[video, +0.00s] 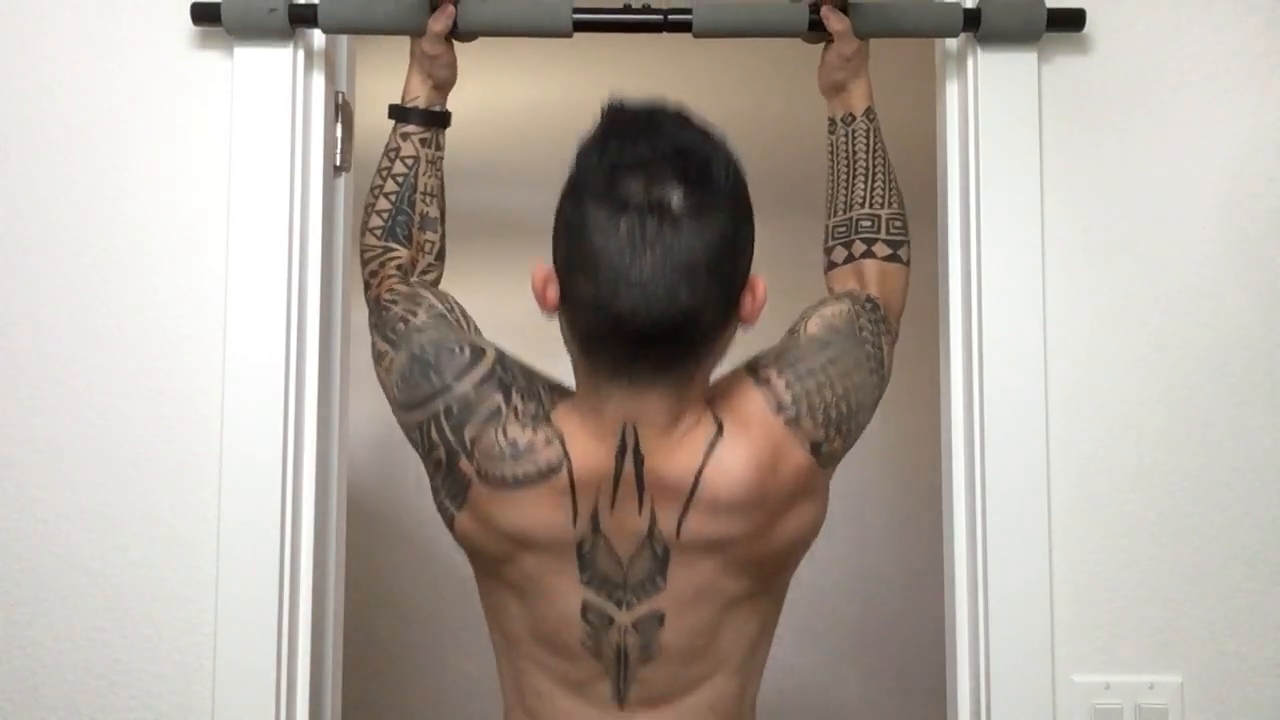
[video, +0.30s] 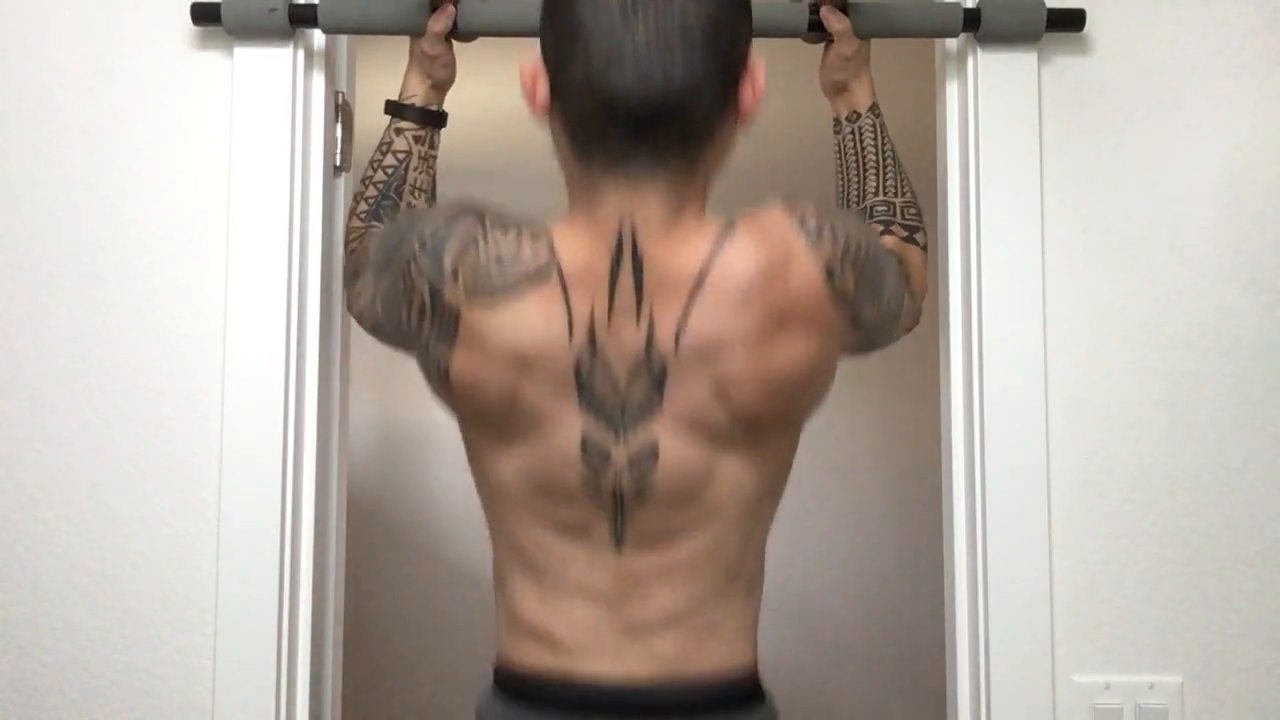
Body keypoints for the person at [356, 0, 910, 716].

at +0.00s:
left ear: (547, 295)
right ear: (750, 303)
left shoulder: (495, 453)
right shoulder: (774, 448)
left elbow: (395, 274)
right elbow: (869, 288)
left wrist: (424, 90)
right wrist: (852, 98)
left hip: (534, 714)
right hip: (717, 713)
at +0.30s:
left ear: (538, 93)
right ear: (748, 95)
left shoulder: (470, 282)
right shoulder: (797, 274)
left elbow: (369, 262)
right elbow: (903, 273)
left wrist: (420, 90)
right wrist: (854, 97)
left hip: (529, 697)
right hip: (718, 696)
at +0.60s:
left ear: (571, 2)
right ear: (705, 3)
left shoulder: (456, 126)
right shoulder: (801, 123)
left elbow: (374, 291)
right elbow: (894, 298)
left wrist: (417, 94)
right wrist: (855, 95)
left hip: (537, 599)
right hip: (723, 603)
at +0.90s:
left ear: (539, 39)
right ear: (749, 38)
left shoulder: (466, 228)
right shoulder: (805, 226)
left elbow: (371, 278)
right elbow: (900, 289)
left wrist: (421, 92)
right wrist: (853, 95)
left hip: (538, 674)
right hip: (725, 675)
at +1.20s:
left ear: (541, 174)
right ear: (751, 177)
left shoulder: (479, 355)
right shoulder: (798, 346)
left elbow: (385, 265)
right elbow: (893, 262)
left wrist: (422, 92)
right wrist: (851, 94)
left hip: (536, 705)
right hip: (719, 705)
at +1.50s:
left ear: (534, 277)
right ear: (743, 279)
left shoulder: (491, 451)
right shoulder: (783, 435)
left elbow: (402, 275)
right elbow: (877, 275)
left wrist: (425, 92)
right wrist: (850, 96)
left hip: (533, 712)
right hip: (726, 712)